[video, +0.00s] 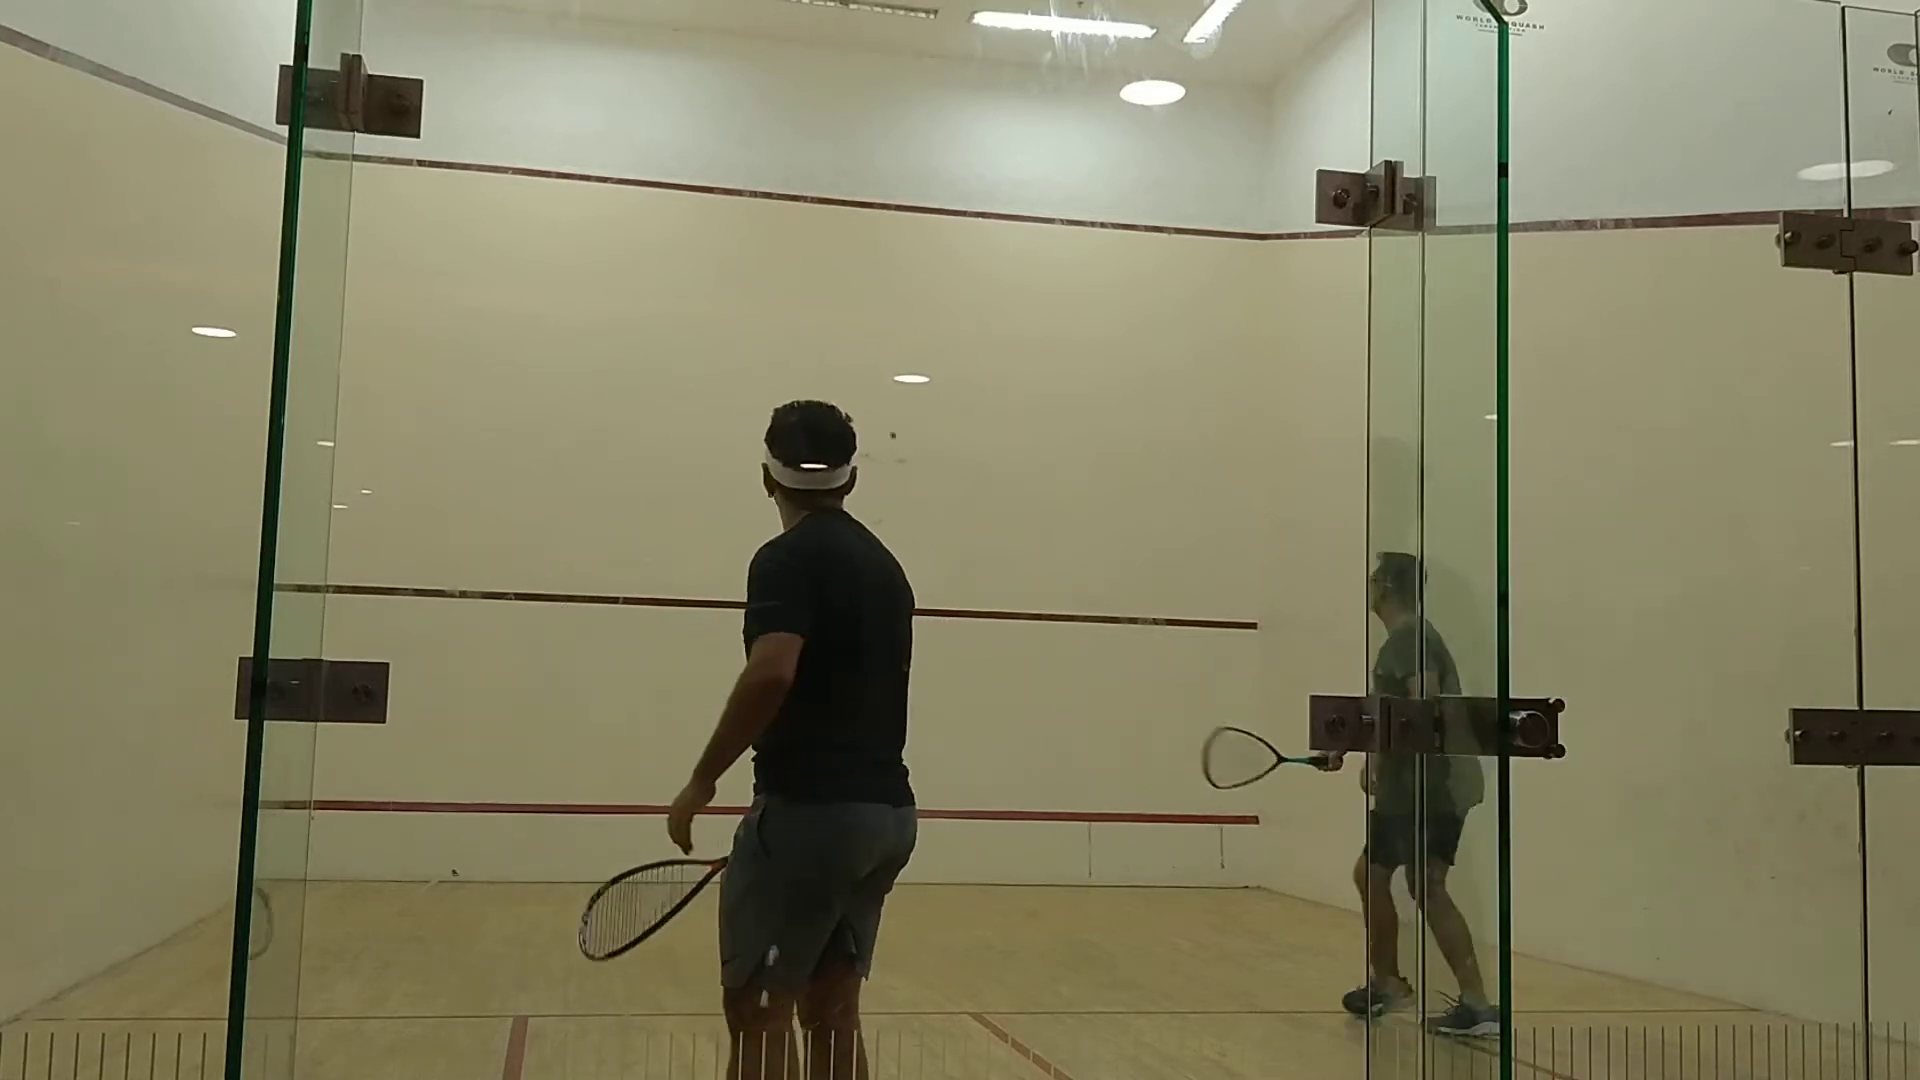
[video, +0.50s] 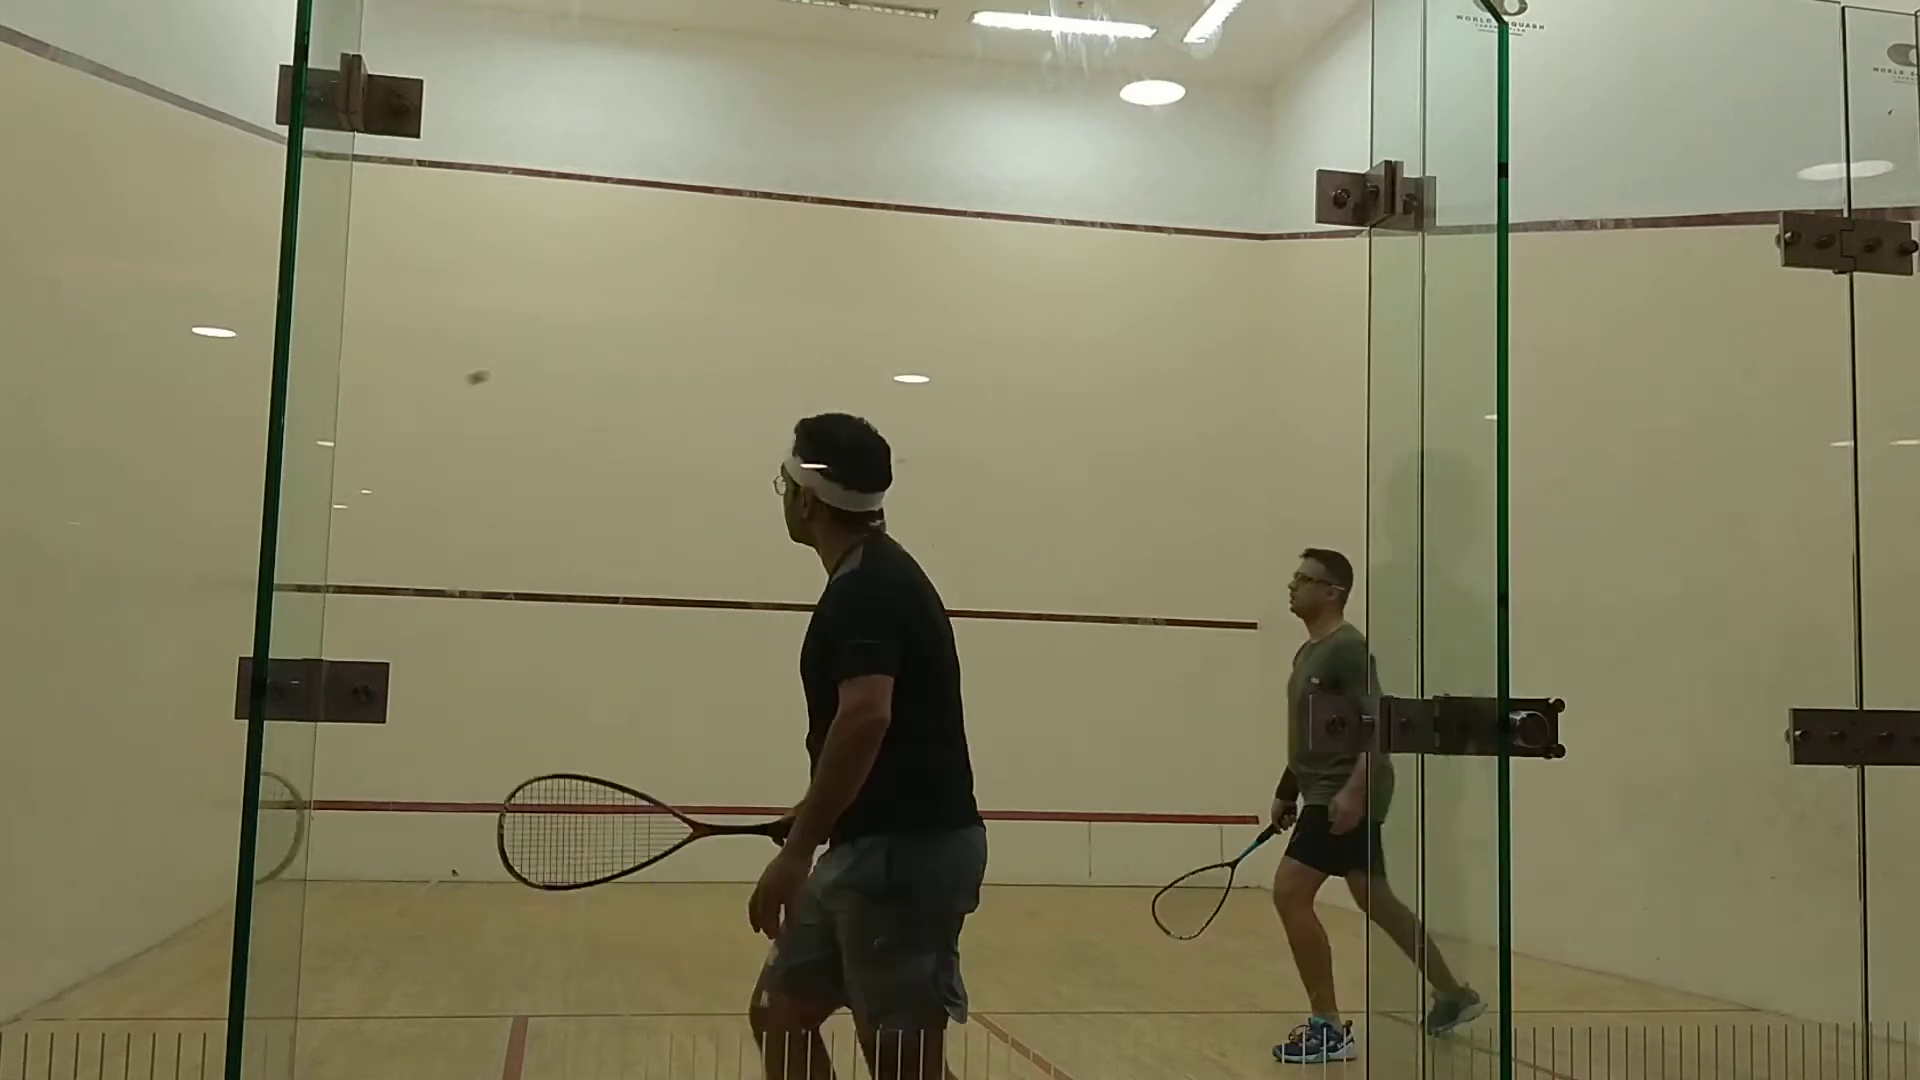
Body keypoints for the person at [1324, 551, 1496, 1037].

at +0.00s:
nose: (1367, 590)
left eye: (1371, 582)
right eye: (1370, 582)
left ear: (1383, 589)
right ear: (1409, 590)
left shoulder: (1409, 641)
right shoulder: (1415, 641)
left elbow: (1420, 709)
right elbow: (1385, 711)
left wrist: (1378, 757)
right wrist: (1344, 746)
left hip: (1418, 786)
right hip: (1443, 785)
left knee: (1369, 873)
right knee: (1427, 886)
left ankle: (1385, 981)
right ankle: (1475, 999)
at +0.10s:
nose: (1362, 595)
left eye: (1366, 587)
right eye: (1364, 587)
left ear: (1381, 592)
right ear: (1398, 591)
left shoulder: (1420, 643)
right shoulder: (1386, 651)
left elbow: (1447, 704)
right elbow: (1374, 717)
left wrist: (1416, 758)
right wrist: (1336, 758)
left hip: (1418, 788)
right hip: (1414, 788)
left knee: (1346, 871)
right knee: (1422, 892)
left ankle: (1375, 976)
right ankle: (1475, 1002)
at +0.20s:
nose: (1349, 584)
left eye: (1355, 577)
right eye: (1352, 577)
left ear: (1376, 588)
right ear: (1378, 588)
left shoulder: (1411, 639)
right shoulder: (1372, 647)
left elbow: (1448, 700)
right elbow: (1361, 716)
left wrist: (1444, 764)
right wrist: (1326, 767)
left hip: (1407, 789)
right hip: (1390, 786)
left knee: (1331, 867)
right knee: (1415, 892)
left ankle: (1358, 990)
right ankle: (1476, 1005)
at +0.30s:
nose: (1332, 587)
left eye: (1341, 581)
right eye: (1336, 579)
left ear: (1367, 591)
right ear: (1362, 591)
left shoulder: (1393, 643)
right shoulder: (1357, 650)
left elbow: (1441, 705)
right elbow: (1343, 723)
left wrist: (1437, 772)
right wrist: (1307, 777)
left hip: (1386, 790)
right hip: (1388, 789)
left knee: (1323, 875)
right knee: (1403, 896)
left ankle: (1332, 1009)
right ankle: (1472, 1001)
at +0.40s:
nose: (1311, 594)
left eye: (1322, 587)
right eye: (1315, 586)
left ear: (1351, 598)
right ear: (1343, 598)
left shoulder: (1378, 651)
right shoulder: (1332, 658)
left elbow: (1414, 728)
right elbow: (1324, 732)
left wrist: (1401, 790)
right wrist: (1293, 791)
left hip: (1370, 798)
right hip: (1361, 796)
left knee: (1311, 887)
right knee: (1399, 903)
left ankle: (1331, 1025)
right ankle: (1472, 1003)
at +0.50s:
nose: (1291, 586)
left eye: (1302, 580)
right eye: (1294, 579)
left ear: (1332, 593)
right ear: (1318, 592)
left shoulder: (1348, 648)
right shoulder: (1310, 650)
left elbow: (1376, 727)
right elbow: (1308, 735)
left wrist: (1355, 790)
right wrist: (1286, 793)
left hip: (1341, 797)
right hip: (1337, 794)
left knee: (1290, 895)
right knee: (1378, 900)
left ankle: (1328, 1026)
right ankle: (1453, 992)